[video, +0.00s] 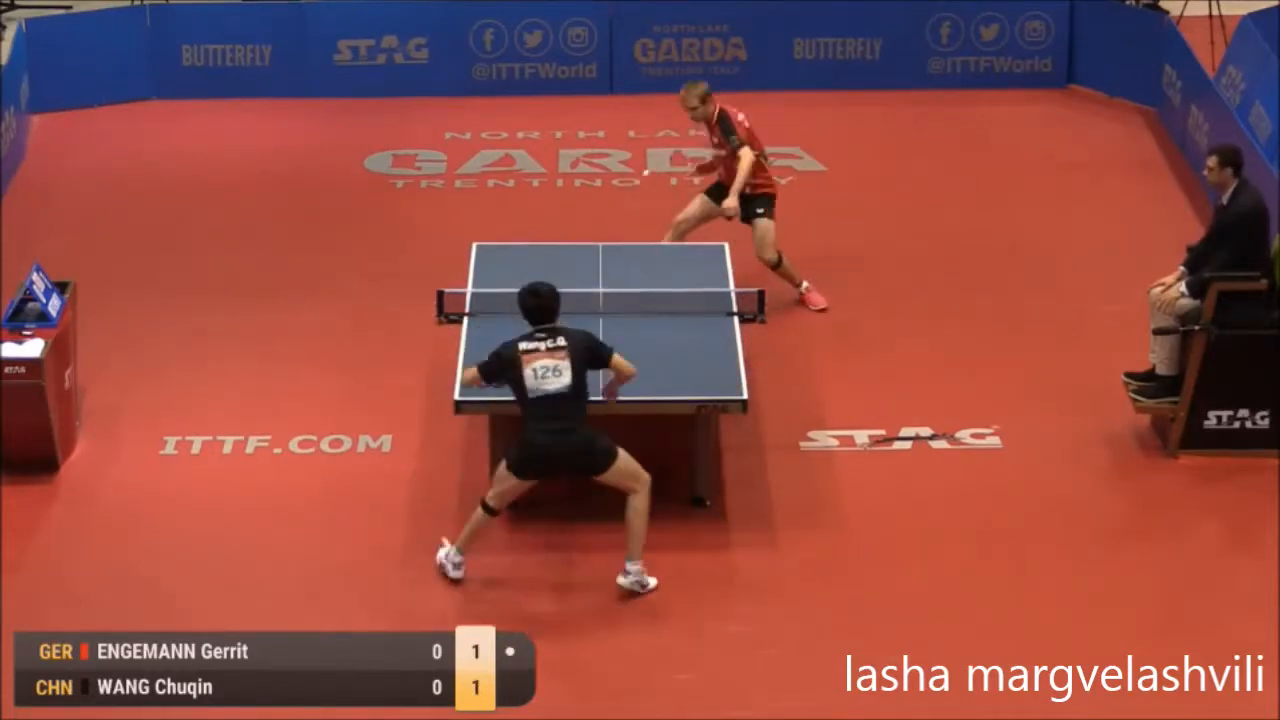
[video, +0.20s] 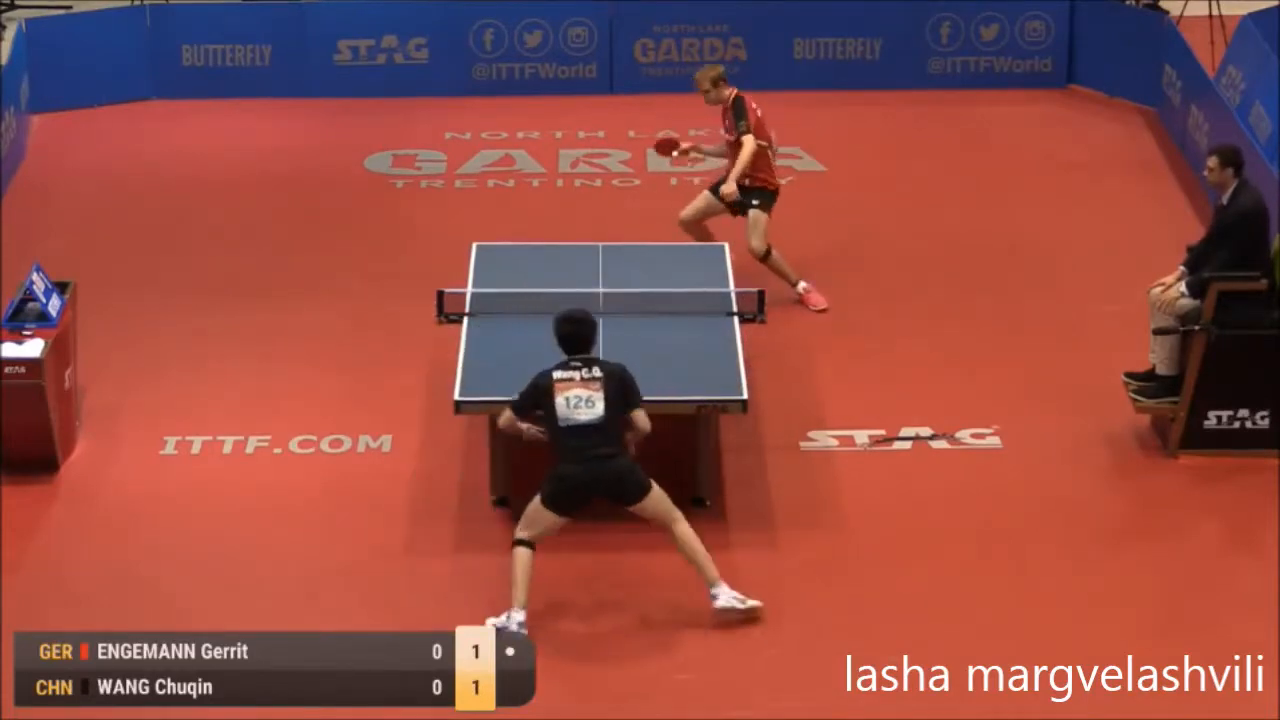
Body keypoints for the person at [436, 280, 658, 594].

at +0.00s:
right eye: (551, 307)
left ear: (525, 314)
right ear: (557, 310)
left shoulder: (510, 352)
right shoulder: (579, 341)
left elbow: (468, 378)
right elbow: (627, 371)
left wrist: (485, 377)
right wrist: (612, 387)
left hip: (534, 446)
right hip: (580, 442)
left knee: (494, 500)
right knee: (640, 484)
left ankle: (454, 556)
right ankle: (634, 570)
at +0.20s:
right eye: (583, 331)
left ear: (560, 342)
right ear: (593, 338)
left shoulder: (546, 380)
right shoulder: (616, 373)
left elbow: (505, 423)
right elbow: (642, 426)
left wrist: (530, 431)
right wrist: (631, 440)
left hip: (570, 476)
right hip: (617, 471)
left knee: (525, 536)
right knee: (674, 519)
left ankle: (516, 617)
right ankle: (720, 590)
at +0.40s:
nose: (621, 365)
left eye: (616, 362)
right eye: (634, 360)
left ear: (614, 370)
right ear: (647, 363)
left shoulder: (612, 409)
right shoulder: (673, 392)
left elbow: (596, 464)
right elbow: (702, 436)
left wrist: (574, 468)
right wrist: (669, 436)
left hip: (632, 499)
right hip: (680, 495)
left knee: (575, 550)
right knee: (739, 526)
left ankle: (520, 615)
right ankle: (747, 612)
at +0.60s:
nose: (671, 354)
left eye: (668, 349)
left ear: (665, 356)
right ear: (698, 349)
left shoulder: (673, 400)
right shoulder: (722, 374)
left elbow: (678, 458)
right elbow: (743, 417)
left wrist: (645, 498)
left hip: (717, 482)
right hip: (757, 473)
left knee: (661, 540)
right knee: (784, 520)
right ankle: (770, 596)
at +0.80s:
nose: (723, 362)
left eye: (723, 358)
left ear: (724, 364)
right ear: (756, 358)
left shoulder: (735, 406)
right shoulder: (778, 388)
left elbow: (744, 466)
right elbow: (780, 436)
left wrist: (735, 524)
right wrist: (737, 451)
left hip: (769, 498)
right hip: (806, 485)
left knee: (712, 561)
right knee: (825, 532)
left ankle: (737, 641)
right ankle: (873, 597)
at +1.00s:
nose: (765, 312)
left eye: (767, 308)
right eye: (769, 306)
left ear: (772, 315)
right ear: (805, 311)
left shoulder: (772, 359)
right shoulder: (827, 340)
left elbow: (783, 420)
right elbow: (850, 388)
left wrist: (781, 476)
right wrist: (813, 399)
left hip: (800, 455)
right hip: (840, 448)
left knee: (779, 535)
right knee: (857, 518)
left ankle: (771, 625)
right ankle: (878, 595)